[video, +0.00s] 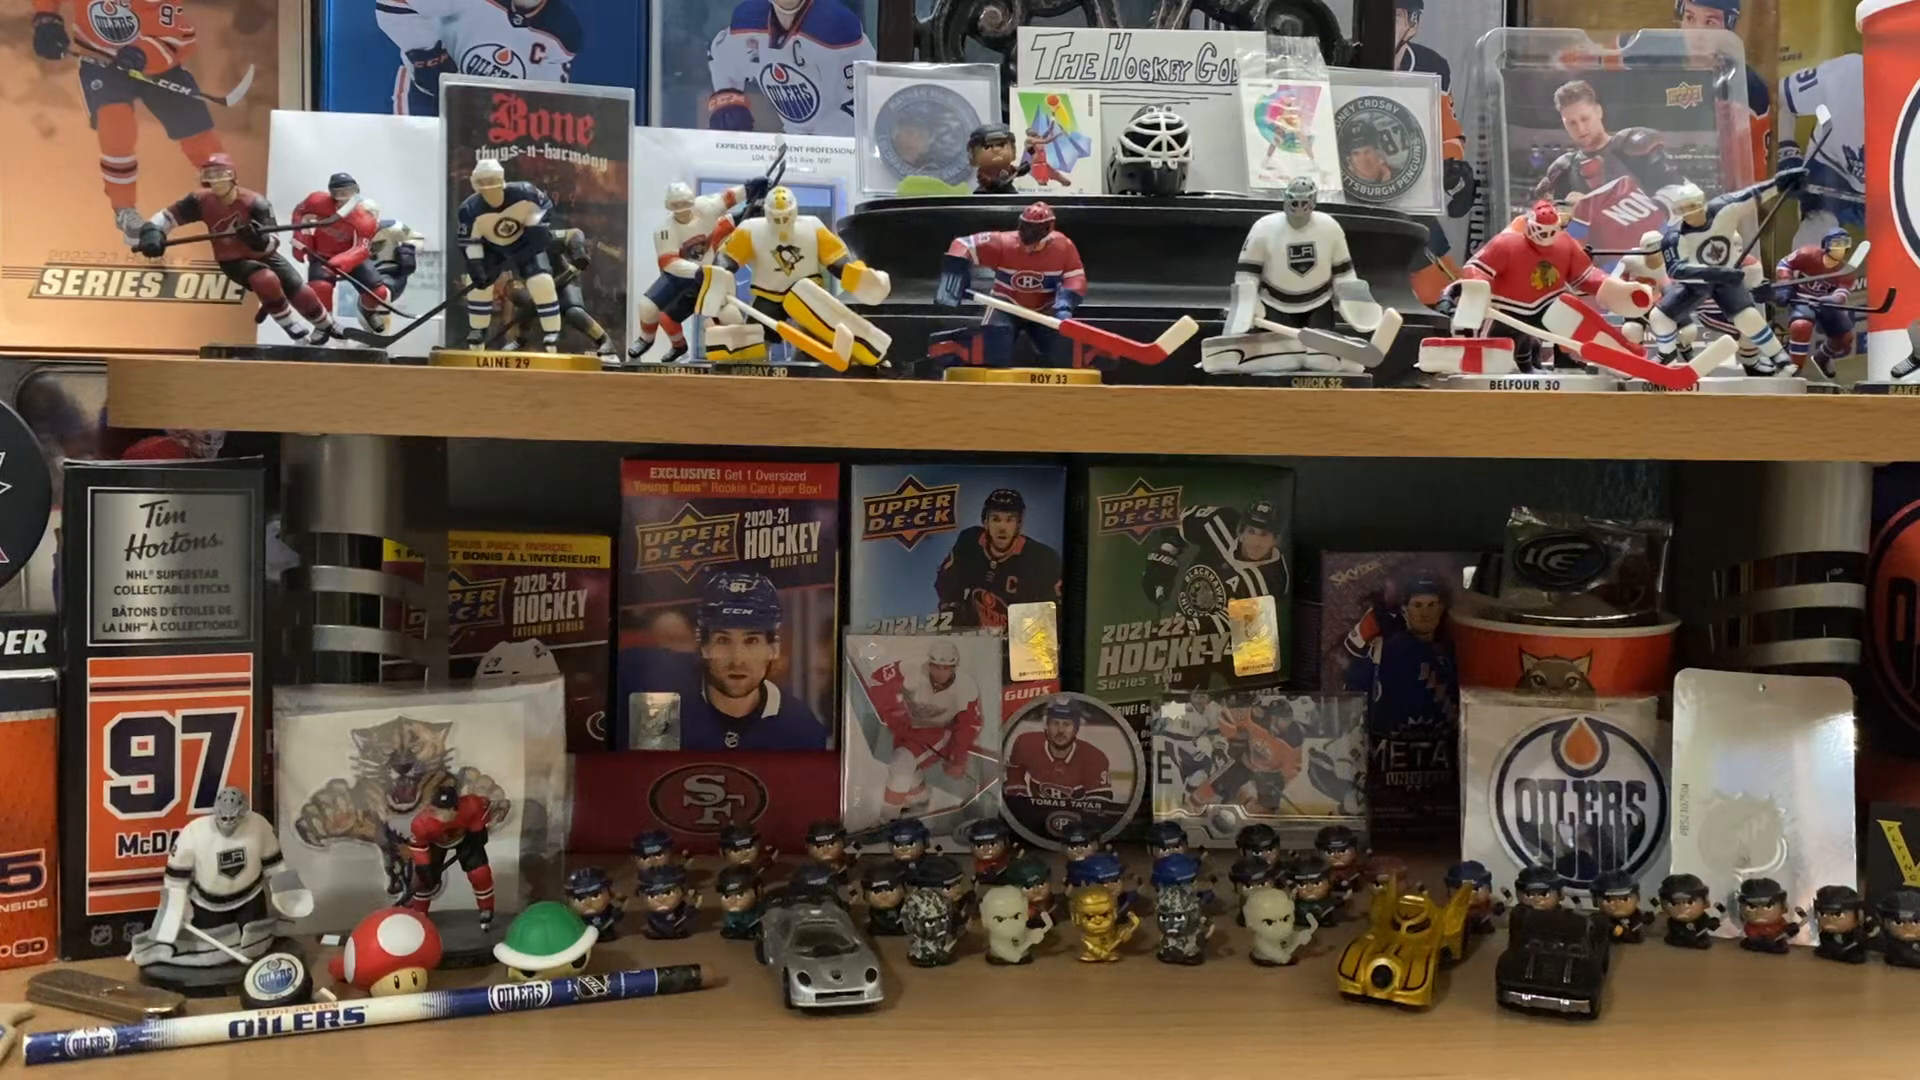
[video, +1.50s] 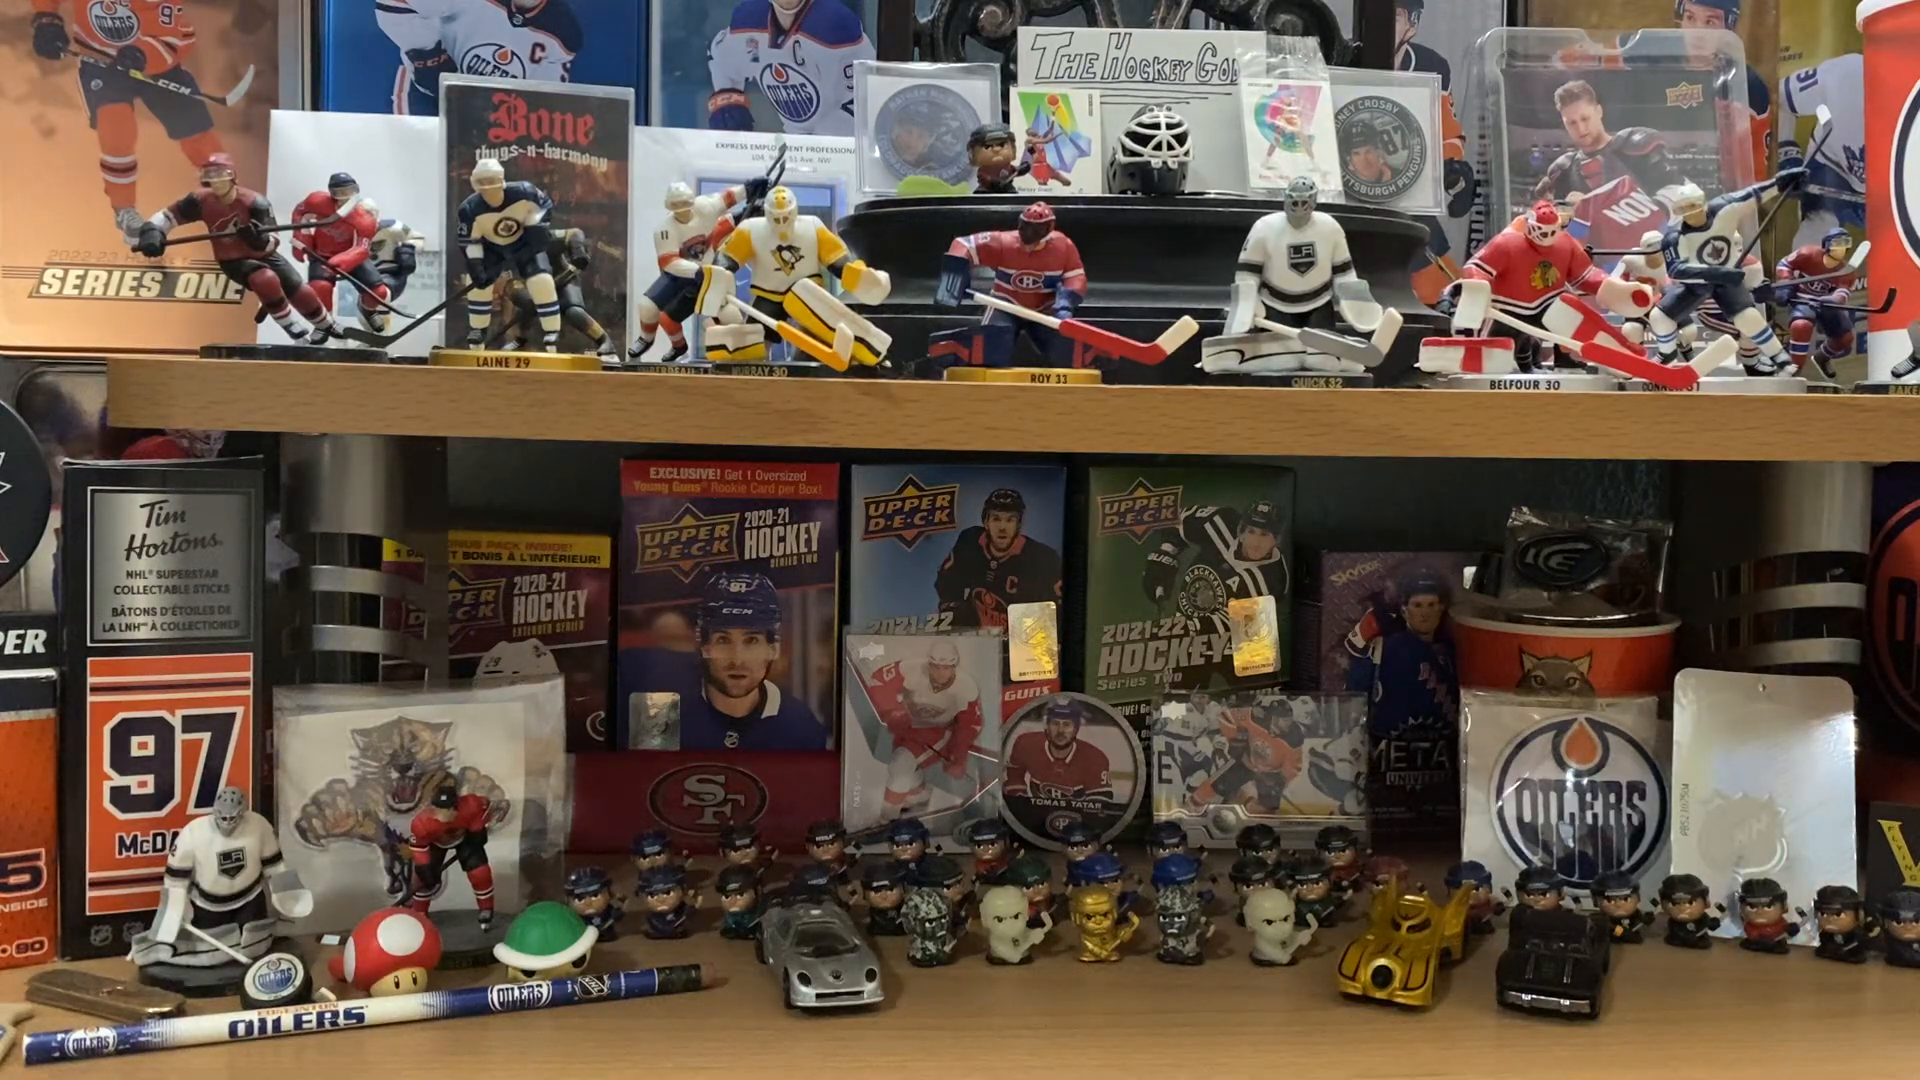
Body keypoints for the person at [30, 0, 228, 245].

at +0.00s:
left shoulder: (161, 6)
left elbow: (179, 38)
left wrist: (142, 53)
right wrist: (46, 18)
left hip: (158, 62)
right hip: (100, 61)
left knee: (203, 144)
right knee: (118, 127)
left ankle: (230, 202)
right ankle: (125, 211)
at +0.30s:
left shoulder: (161, 7)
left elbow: (177, 38)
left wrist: (141, 53)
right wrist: (46, 18)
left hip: (158, 62)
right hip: (100, 62)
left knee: (204, 145)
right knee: (118, 127)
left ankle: (231, 202)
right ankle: (125, 211)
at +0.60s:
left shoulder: (161, 7)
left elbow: (180, 39)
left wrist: (143, 54)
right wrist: (46, 18)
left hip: (157, 61)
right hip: (100, 61)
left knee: (203, 143)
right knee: (118, 127)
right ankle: (125, 211)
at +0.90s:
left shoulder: (160, 6)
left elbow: (180, 39)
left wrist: (142, 54)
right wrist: (46, 18)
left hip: (156, 61)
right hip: (99, 61)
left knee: (203, 144)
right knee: (118, 127)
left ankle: (230, 204)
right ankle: (125, 211)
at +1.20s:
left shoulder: (161, 6)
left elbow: (178, 39)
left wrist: (142, 54)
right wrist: (46, 17)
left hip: (156, 61)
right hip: (100, 61)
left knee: (203, 143)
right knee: (118, 127)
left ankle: (231, 204)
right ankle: (125, 211)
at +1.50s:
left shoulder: (161, 7)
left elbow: (176, 39)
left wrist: (142, 54)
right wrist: (46, 18)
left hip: (156, 61)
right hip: (100, 61)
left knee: (202, 142)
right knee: (118, 127)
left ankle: (231, 203)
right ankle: (125, 211)